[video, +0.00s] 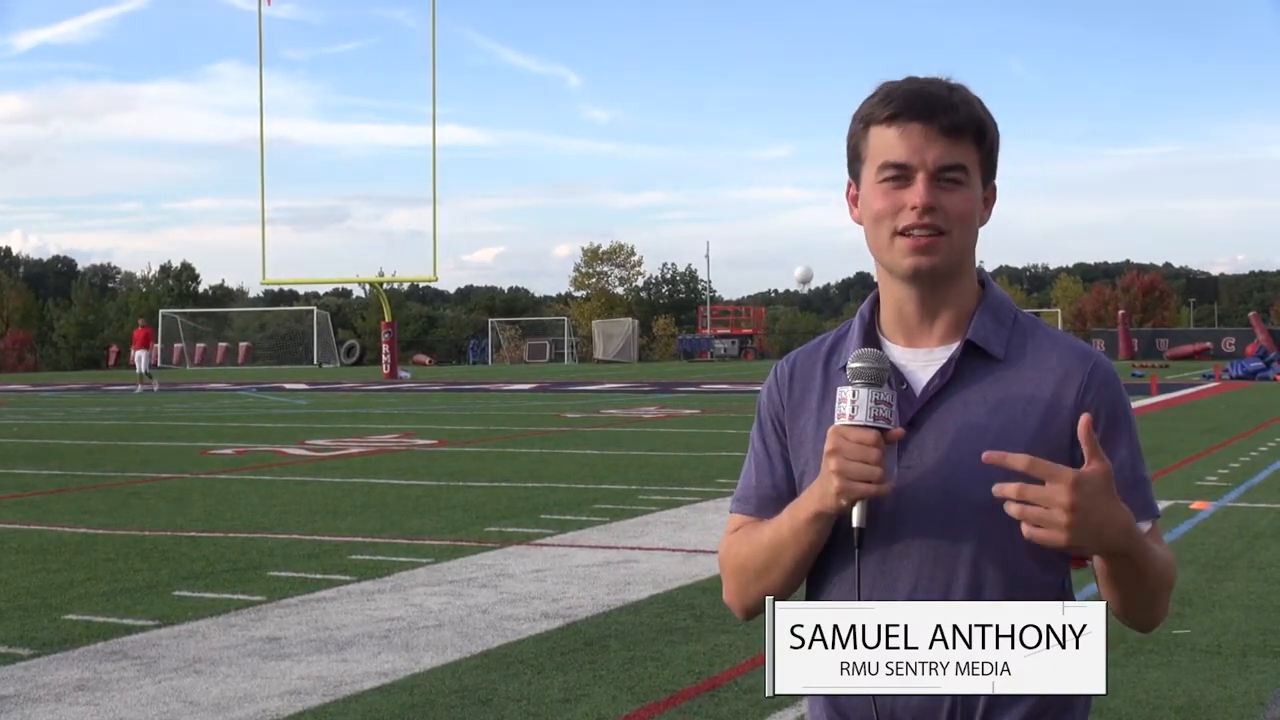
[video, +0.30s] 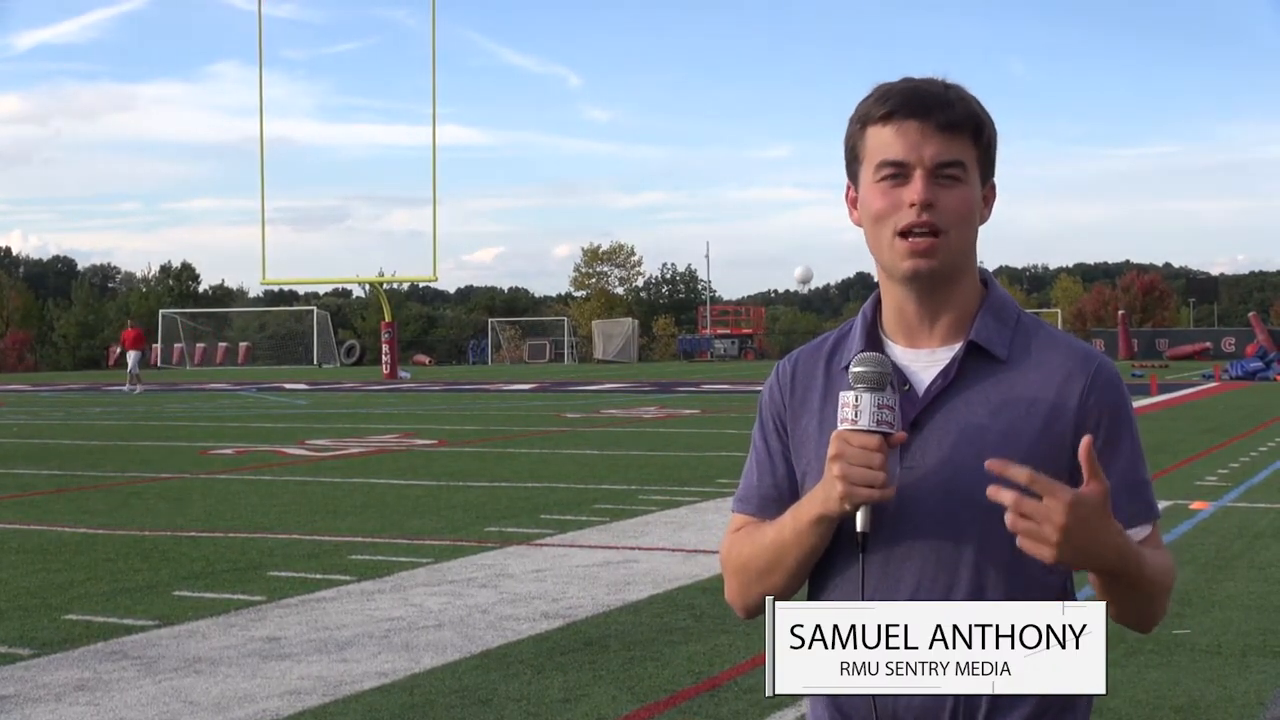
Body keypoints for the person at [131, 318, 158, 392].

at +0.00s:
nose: (141, 323)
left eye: (142, 322)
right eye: (140, 322)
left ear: (145, 323)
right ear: (138, 323)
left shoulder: (148, 330)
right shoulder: (135, 331)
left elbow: (151, 341)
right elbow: (133, 344)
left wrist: (150, 351)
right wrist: (132, 355)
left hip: (145, 351)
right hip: (137, 351)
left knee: (145, 370)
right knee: (138, 371)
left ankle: (154, 382)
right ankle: (140, 386)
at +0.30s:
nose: (129, 324)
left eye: (131, 322)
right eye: (128, 322)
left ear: (133, 323)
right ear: (127, 323)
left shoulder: (138, 332)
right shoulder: (125, 332)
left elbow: (143, 342)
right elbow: (121, 344)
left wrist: (145, 350)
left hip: (136, 351)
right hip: (128, 351)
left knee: (130, 369)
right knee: (135, 370)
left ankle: (127, 386)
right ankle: (140, 386)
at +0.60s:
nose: (120, 323)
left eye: (121, 322)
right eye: (118, 322)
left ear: (124, 322)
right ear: (117, 323)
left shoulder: (129, 331)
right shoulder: (115, 331)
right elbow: (112, 344)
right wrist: (109, 354)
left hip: (125, 351)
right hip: (116, 351)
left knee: (123, 371)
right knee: (114, 371)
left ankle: (124, 387)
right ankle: (124, 382)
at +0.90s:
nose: (107, 325)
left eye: (109, 323)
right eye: (106, 323)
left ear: (112, 323)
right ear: (105, 324)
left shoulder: (115, 332)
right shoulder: (104, 332)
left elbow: (116, 343)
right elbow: (103, 343)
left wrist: (109, 349)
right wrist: (103, 351)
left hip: (115, 353)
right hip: (106, 353)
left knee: (117, 372)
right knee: (103, 371)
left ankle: (122, 388)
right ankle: (99, 387)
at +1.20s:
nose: (95, 323)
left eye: (96, 321)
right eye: (94, 322)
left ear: (99, 322)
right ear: (93, 323)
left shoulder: (104, 331)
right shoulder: (91, 331)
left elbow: (107, 342)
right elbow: (89, 343)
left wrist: (105, 352)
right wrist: (87, 353)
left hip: (100, 352)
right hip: (92, 352)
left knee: (99, 371)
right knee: (94, 372)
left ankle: (107, 383)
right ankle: (97, 387)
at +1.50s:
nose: (86, 324)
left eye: (87, 322)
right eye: (85, 322)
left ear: (91, 323)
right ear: (83, 323)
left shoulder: (95, 332)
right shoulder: (81, 332)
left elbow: (100, 344)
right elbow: (76, 344)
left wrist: (104, 353)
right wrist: (70, 351)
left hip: (92, 353)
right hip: (84, 353)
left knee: (87, 371)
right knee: (88, 372)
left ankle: (85, 388)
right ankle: (95, 388)